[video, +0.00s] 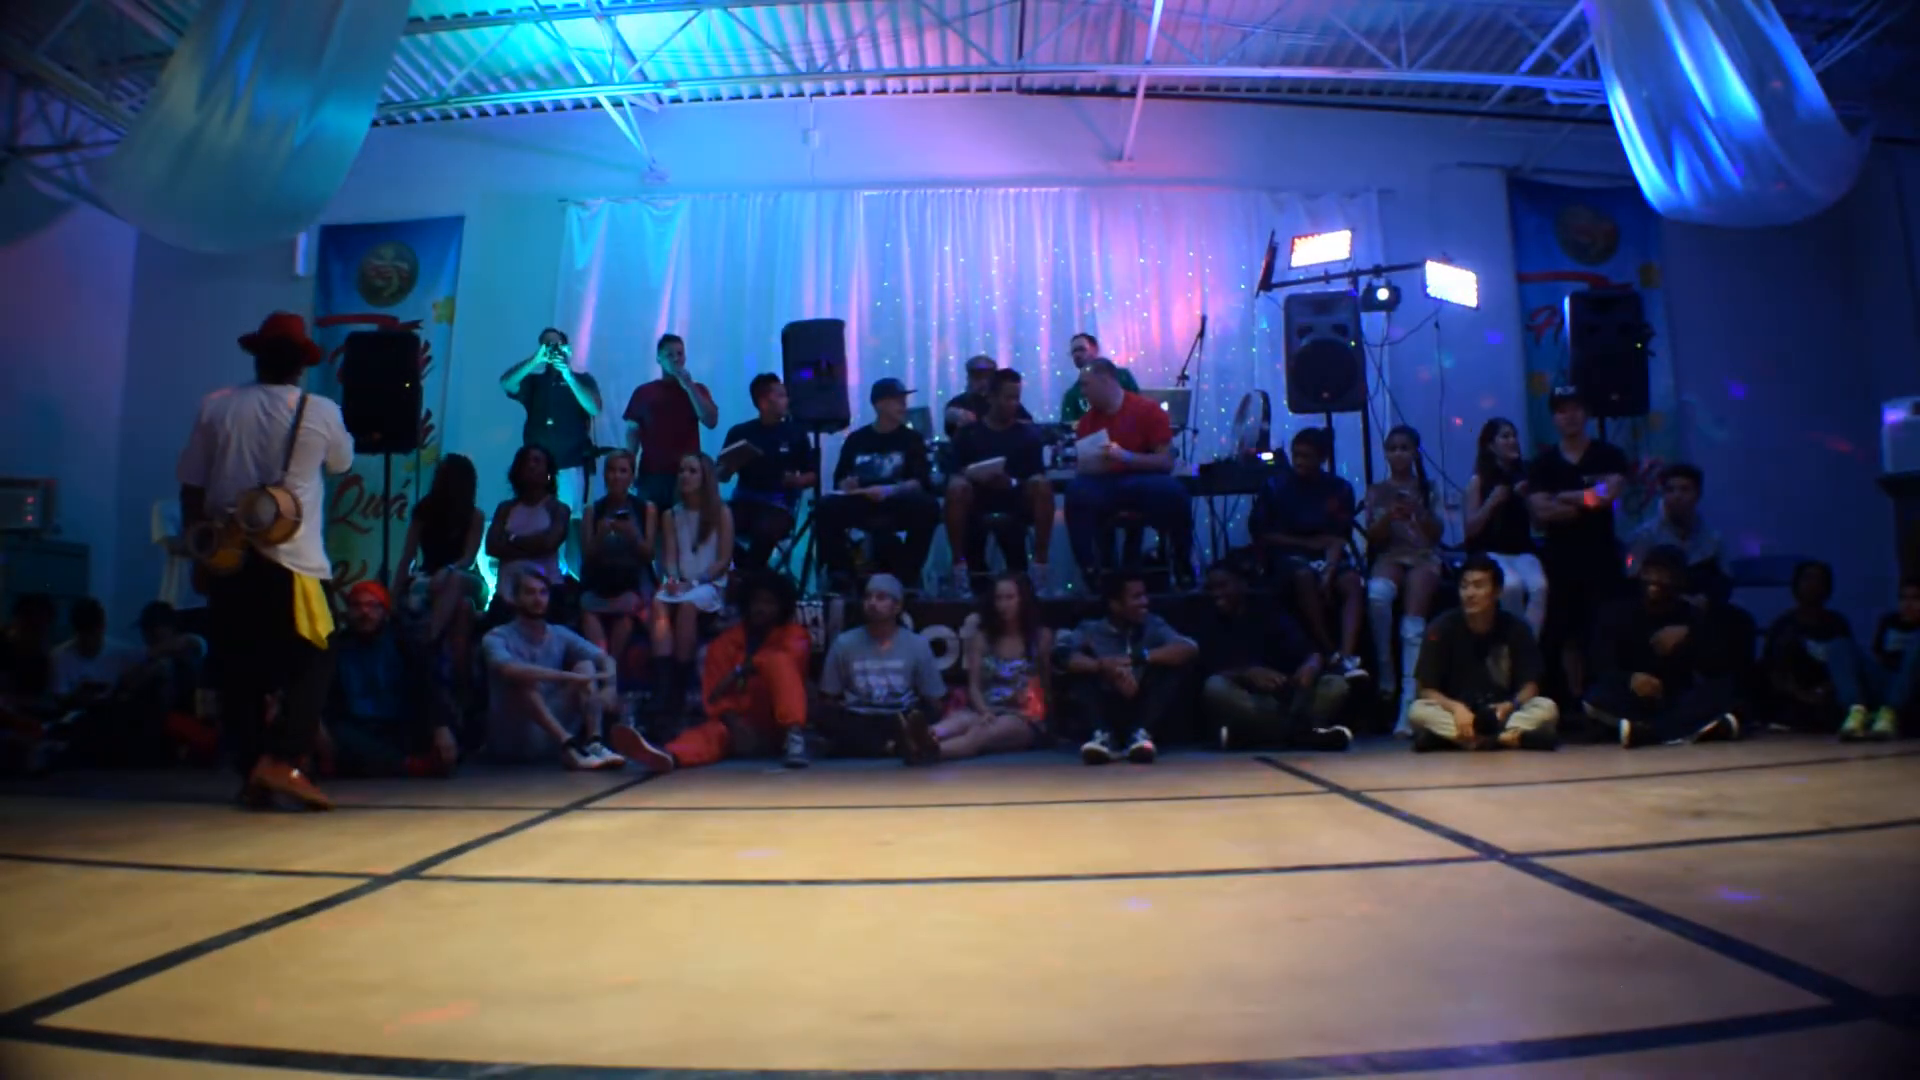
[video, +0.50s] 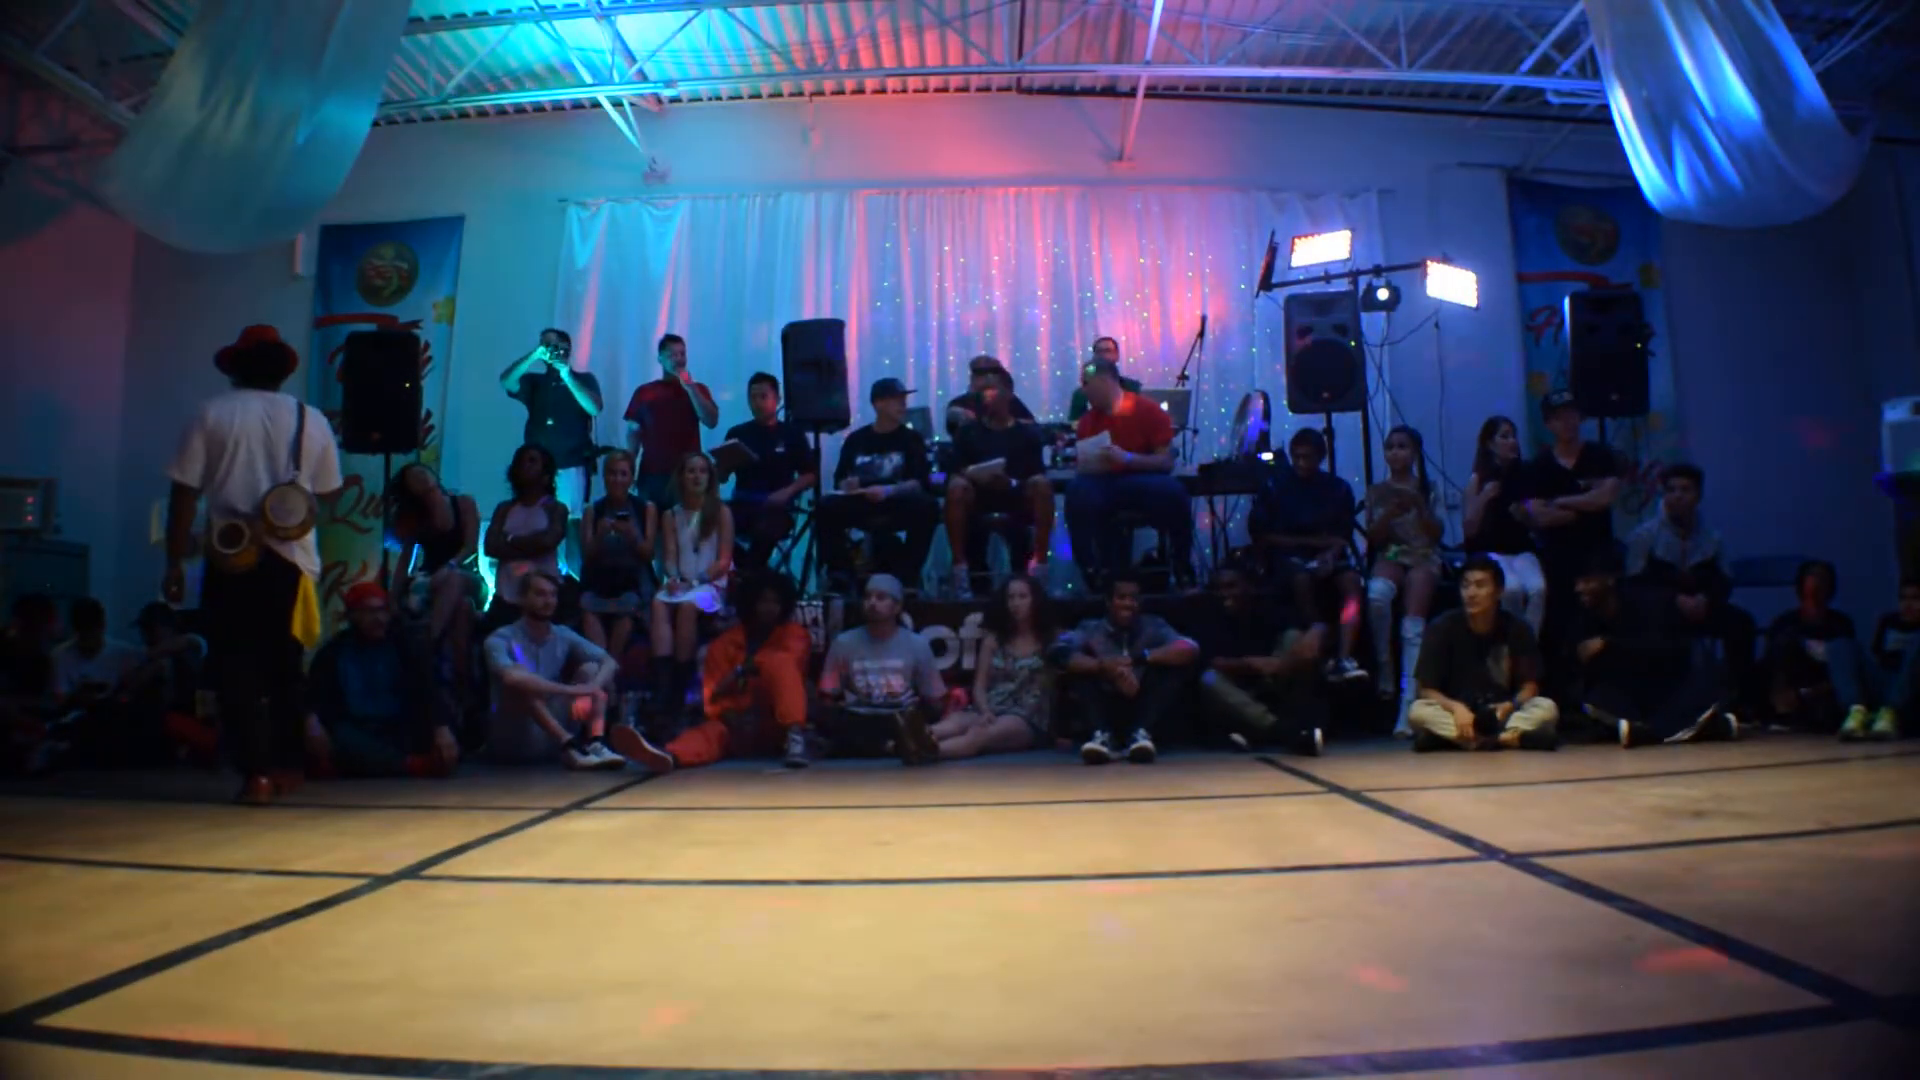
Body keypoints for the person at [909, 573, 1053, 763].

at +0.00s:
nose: (1003, 604)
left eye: (1009, 597)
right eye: (998, 598)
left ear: (1023, 600)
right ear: (992, 602)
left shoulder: (1040, 637)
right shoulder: (982, 638)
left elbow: (1046, 682)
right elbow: (974, 686)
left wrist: (1048, 719)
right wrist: (985, 712)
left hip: (1024, 713)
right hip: (989, 709)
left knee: (984, 734)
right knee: (961, 720)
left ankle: (934, 752)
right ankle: (922, 737)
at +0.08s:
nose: (1005, 604)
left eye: (1012, 597)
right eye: (1001, 598)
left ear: (1026, 600)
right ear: (995, 602)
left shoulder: (1039, 639)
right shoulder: (987, 638)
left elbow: (1047, 683)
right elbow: (977, 686)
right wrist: (985, 712)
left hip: (1026, 714)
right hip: (990, 710)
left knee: (981, 735)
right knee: (958, 720)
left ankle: (932, 752)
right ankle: (919, 738)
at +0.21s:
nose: (1011, 605)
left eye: (1017, 597)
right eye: (1006, 599)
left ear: (1031, 600)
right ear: (1000, 603)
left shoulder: (1046, 638)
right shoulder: (992, 640)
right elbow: (980, 686)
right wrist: (986, 712)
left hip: (1028, 713)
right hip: (993, 710)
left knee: (984, 735)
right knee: (958, 720)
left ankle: (932, 752)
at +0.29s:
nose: (1015, 604)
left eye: (1021, 597)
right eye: (1010, 598)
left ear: (1034, 600)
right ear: (1003, 603)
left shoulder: (1050, 637)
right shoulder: (994, 640)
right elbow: (981, 685)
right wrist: (985, 712)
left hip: (1030, 714)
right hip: (994, 710)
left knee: (979, 736)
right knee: (957, 720)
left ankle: (928, 752)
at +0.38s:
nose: (1017, 604)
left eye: (1022, 597)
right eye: (1011, 598)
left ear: (1035, 600)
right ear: (1004, 603)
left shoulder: (1048, 639)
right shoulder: (994, 639)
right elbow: (981, 685)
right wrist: (985, 712)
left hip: (1028, 713)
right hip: (993, 709)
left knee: (980, 735)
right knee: (958, 720)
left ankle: (931, 751)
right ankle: (921, 735)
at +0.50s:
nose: (1016, 603)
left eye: (1022, 597)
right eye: (1011, 597)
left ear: (1036, 600)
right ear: (1004, 602)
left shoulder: (1049, 640)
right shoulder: (993, 640)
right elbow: (979, 687)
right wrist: (986, 712)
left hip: (1030, 715)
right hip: (993, 711)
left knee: (980, 736)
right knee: (957, 721)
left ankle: (930, 752)